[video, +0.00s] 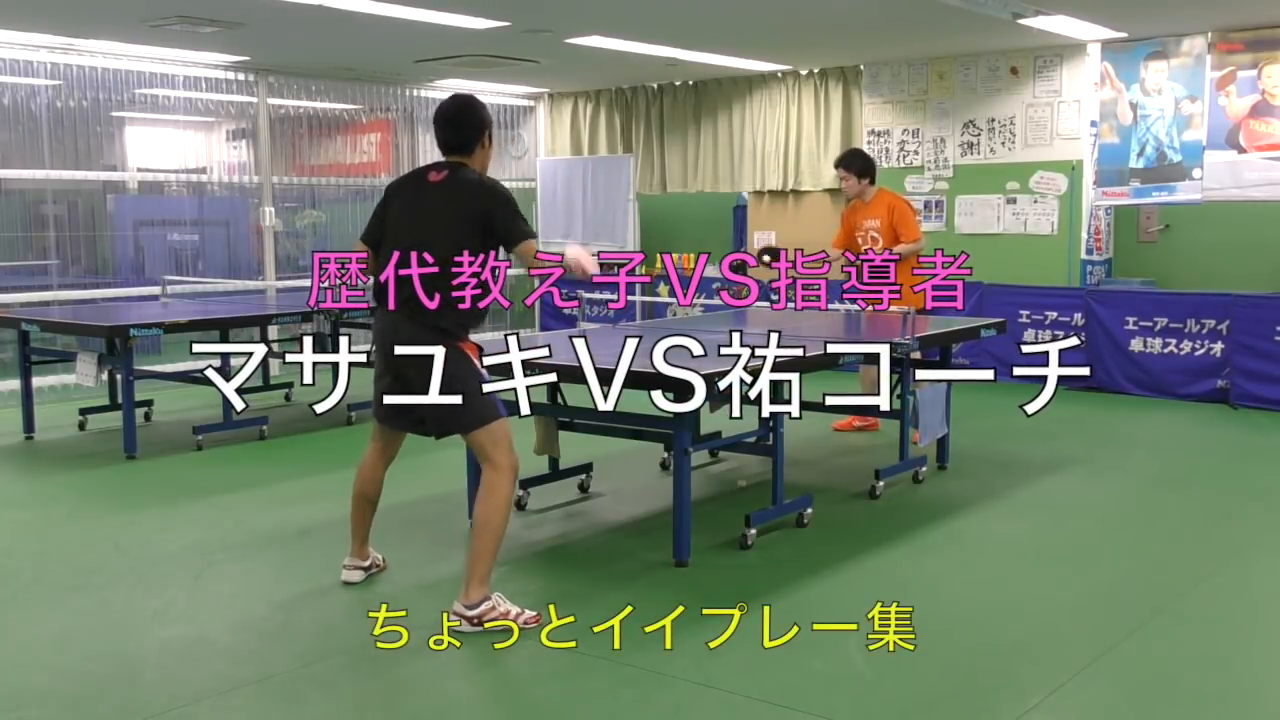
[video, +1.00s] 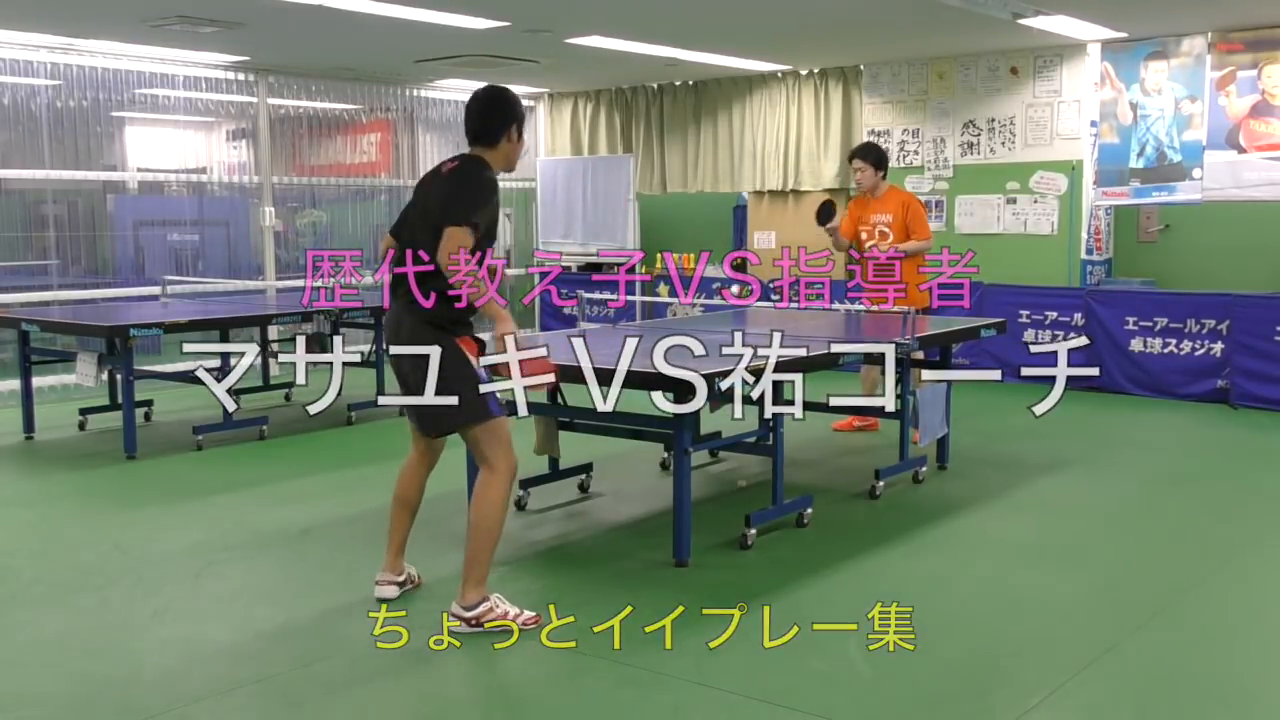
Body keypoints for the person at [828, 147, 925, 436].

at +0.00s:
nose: (842, 185)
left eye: (846, 179)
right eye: (840, 179)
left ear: (864, 178)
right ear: (848, 180)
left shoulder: (895, 204)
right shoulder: (851, 211)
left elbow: (916, 243)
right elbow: (837, 251)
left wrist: (888, 254)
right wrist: (802, 260)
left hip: (905, 298)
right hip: (872, 298)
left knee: (914, 360)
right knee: (869, 355)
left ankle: (925, 420)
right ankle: (867, 413)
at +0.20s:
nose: (846, 176)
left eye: (852, 170)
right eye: (843, 171)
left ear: (870, 171)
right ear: (843, 173)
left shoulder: (897, 200)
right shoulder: (847, 206)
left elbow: (918, 239)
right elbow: (830, 246)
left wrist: (887, 247)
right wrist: (820, 230)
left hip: (902, 296)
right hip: (865, 298)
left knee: (914, 359)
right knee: (866, 355)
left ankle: (924, 419)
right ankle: (867, 414)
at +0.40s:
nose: (855, 171)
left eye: (861, 165)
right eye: (852, 166)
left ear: (876, 167)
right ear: (849, 169)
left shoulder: (899, 197)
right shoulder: (851, 207)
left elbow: (919, 237)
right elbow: (838, 250)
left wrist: (886, 244)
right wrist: (821, 264)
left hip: (901, 296)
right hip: (867, 296)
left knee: (909, 359)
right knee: (867, 355)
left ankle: (922, 419)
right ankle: (866, 413)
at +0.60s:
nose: (852, 178)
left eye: (857, 172)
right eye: (849, 173)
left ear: (874, 172)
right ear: (848, 175)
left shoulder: (895, 201)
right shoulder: (861, 207)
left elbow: (917, 242)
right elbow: (865, 254)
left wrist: (889, 250)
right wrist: (841, 278)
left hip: (905, 297)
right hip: (874, 297)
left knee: (912, 360)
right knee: (870, 354)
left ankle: (924, 419)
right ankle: (867, 413)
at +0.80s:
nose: (850, 186)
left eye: (854, 180)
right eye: (848, 180)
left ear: (872, 177)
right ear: (857, 179)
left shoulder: (899, 204)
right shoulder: (864, 207)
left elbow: (918, 246)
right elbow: (859, 250)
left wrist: (891, 255)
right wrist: (830, 257)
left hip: (907, 298)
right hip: (877, 298)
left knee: (912, 361)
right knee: (873, 354)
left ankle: (925, 419)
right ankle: (869, 412)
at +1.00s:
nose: (856, 176)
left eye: (861, 170)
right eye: (854, 171)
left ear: (879, 171)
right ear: (854, 172)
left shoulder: (906, 201)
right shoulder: (856, 205)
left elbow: (925, 241)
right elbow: (843, 246)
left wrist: (898, 249)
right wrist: (832, 231)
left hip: (909, 296)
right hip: (874, 297)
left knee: (914, 360)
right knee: (871, 354)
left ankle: (922, 420)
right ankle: (866, 413)